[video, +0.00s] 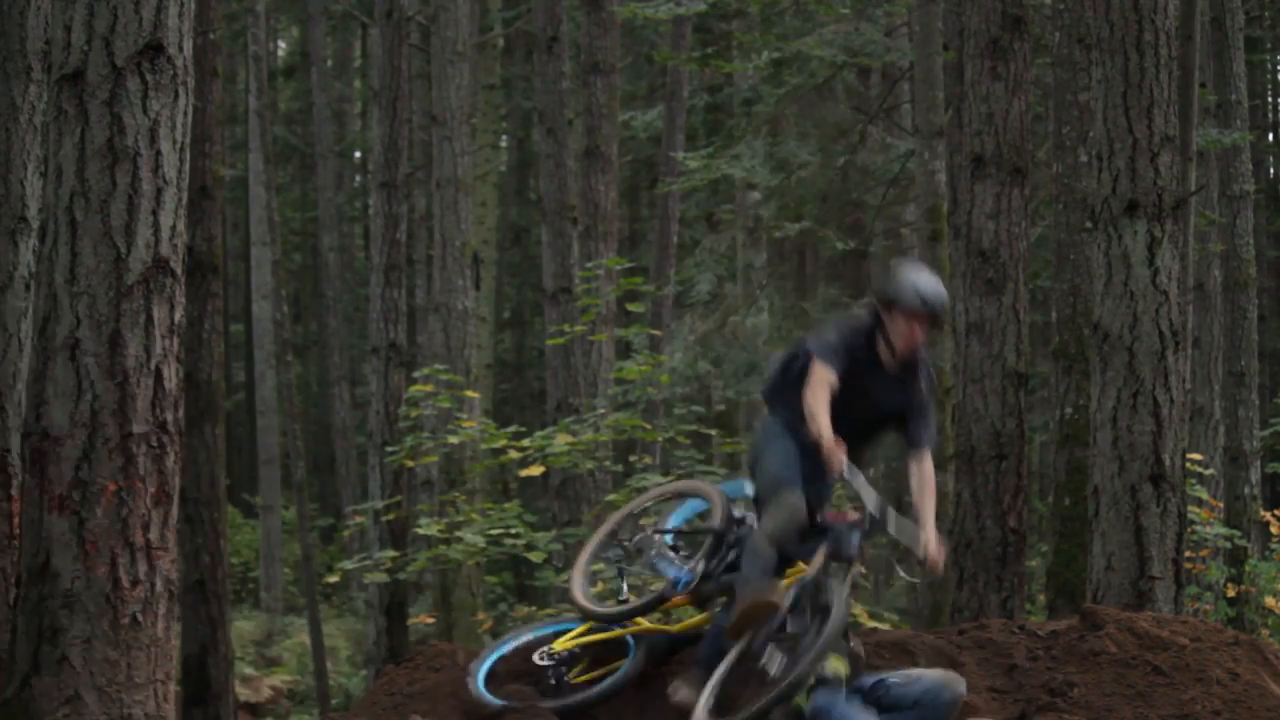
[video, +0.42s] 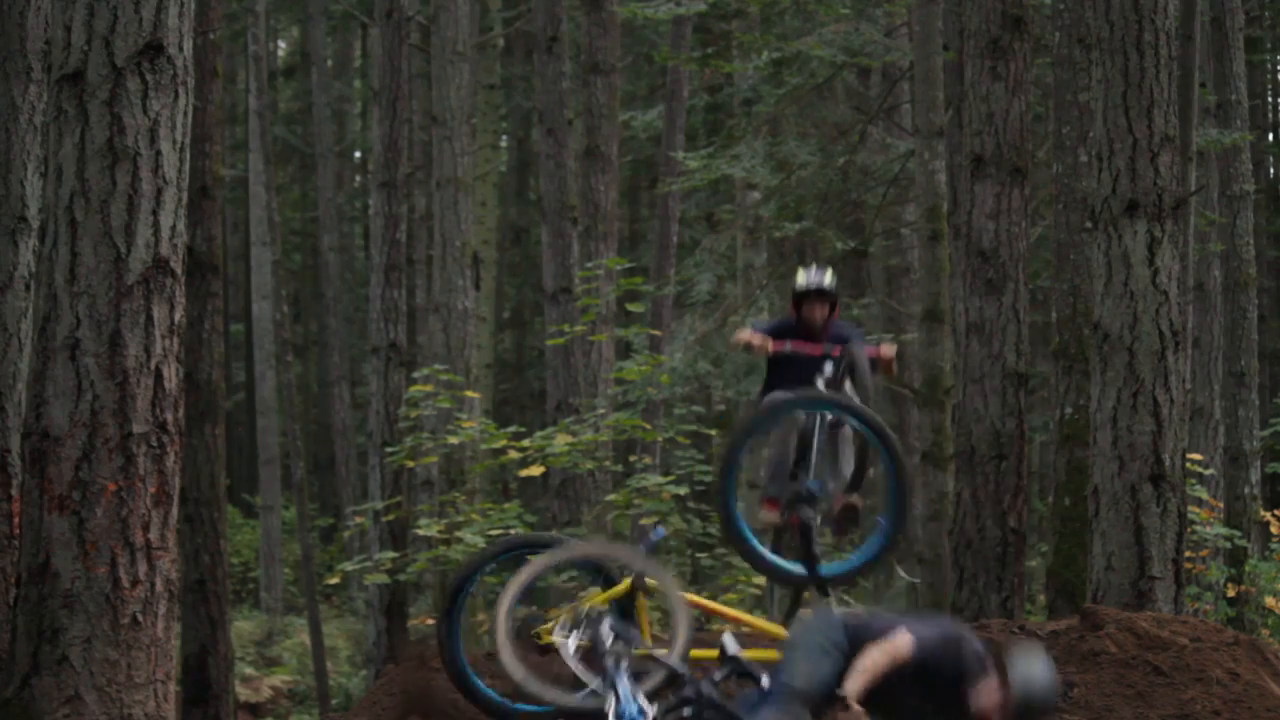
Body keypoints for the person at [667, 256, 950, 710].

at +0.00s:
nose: (916, 332)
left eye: (925, 324)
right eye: (909, 319)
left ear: (930, 328)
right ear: (885, 310)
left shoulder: (915, 377)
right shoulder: (847, 334)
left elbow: (920, 456)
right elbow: (816, 388)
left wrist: (928, 529)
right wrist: (825, 438)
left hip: (824, 458)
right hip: (784, 431)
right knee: (788, 509)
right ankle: (751, 596)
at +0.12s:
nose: (957, 432)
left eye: (967, 425)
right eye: (953, 416)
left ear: (969, 430)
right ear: (929, 403)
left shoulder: (937, 483)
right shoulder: (884, 421)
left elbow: (934, 564)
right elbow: (834, 474)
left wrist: (930, 645)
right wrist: (829, 550)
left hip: (829, 532)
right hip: (792, 488)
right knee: (779, 573)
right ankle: (727, 671)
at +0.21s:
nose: (972, 491)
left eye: (983, 488)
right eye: (971, 476)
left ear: (987, 497)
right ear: (952, 461)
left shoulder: (950, 540)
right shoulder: (903, 476)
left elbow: (934, 627)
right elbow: (847, 524)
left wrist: (922, 710)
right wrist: (825, 597)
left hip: (836, 563)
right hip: (801, 520)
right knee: (781, 610)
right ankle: (717, 698)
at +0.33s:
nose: (989, 640)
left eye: (1003, 641)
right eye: (994, 624)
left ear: (1008, 650)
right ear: (983, 602)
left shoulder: (960, 674)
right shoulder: (938, 591)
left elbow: (945, 714)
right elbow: (869, 621)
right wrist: (839, 685)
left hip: (836, 651)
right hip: (819, 598)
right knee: (781, 685)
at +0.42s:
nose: (995, 714)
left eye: (1007, 713)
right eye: (1003, 704)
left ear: (1015, 708)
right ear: (1001, 677)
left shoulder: (963, 709)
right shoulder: (958, 645)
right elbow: (891, 647)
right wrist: (850, 695)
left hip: (863, 693)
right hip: (833, 639)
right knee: (795, 702)